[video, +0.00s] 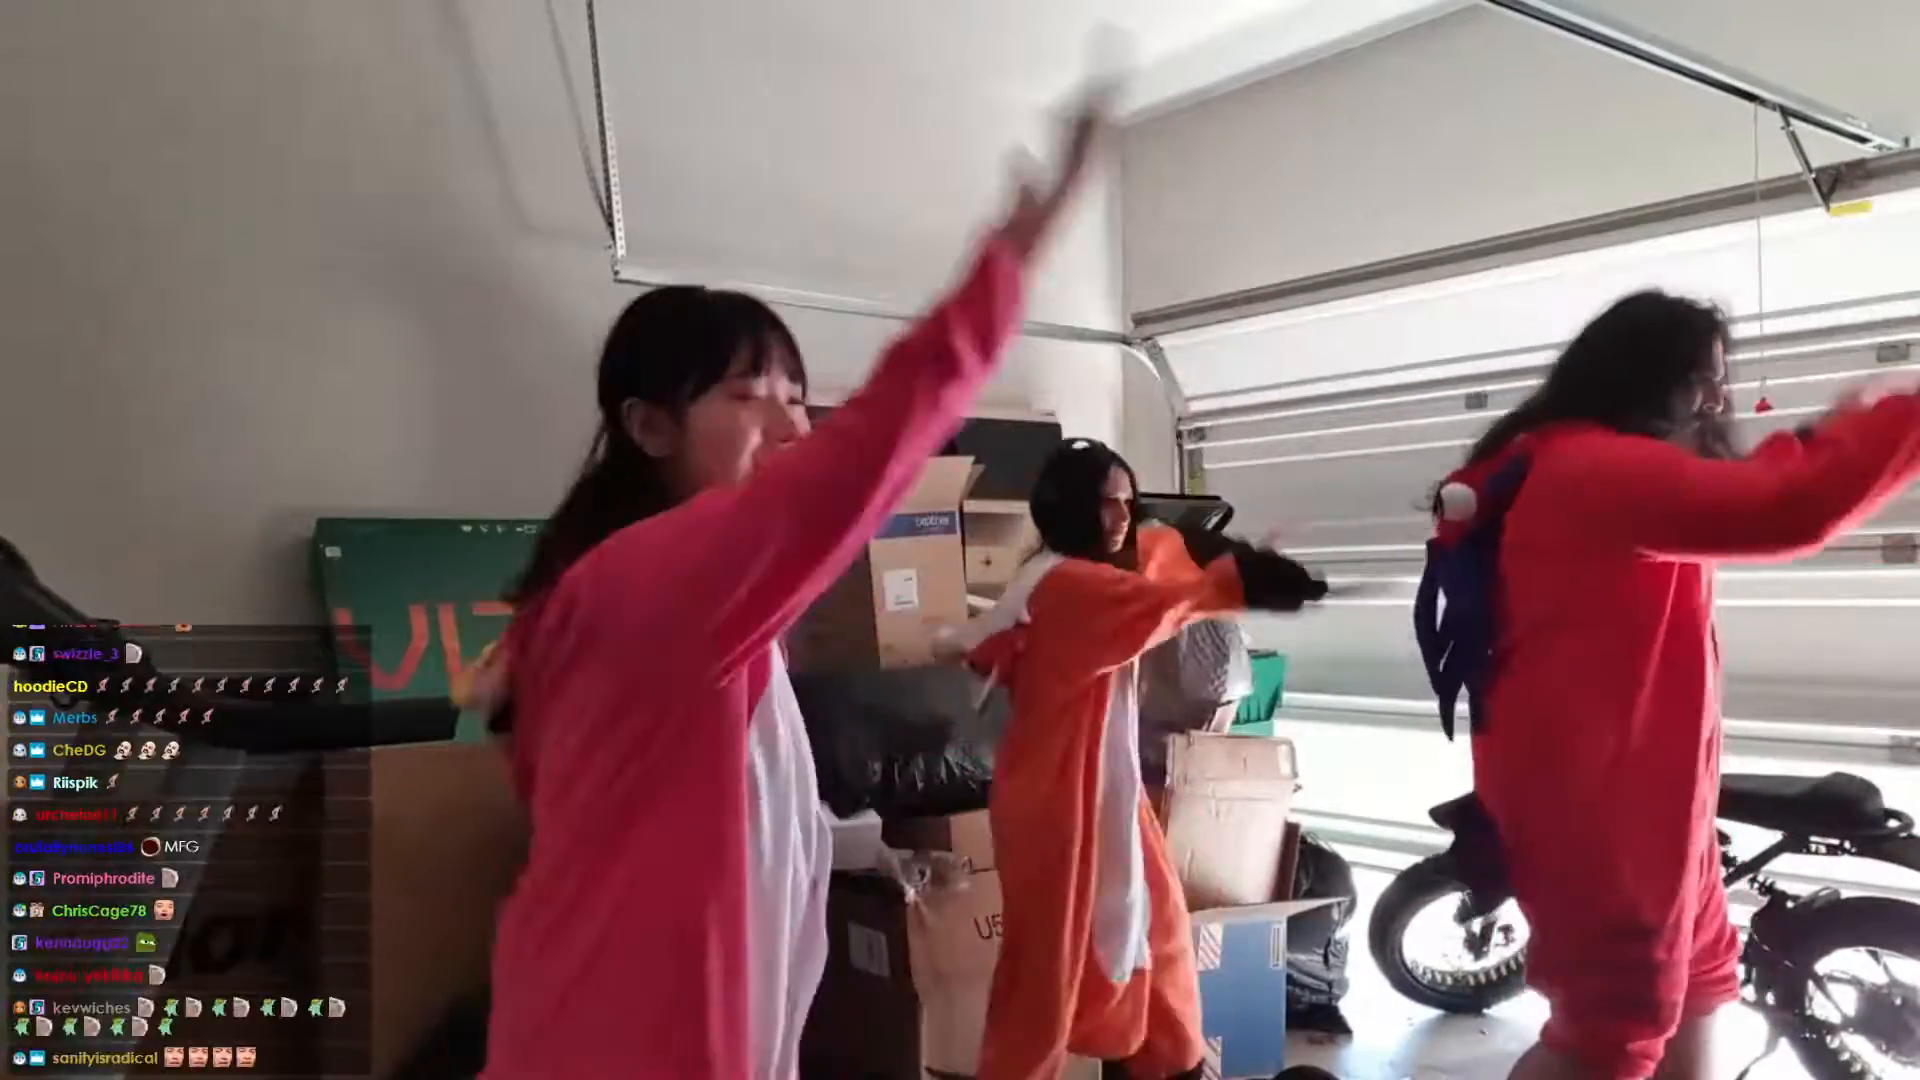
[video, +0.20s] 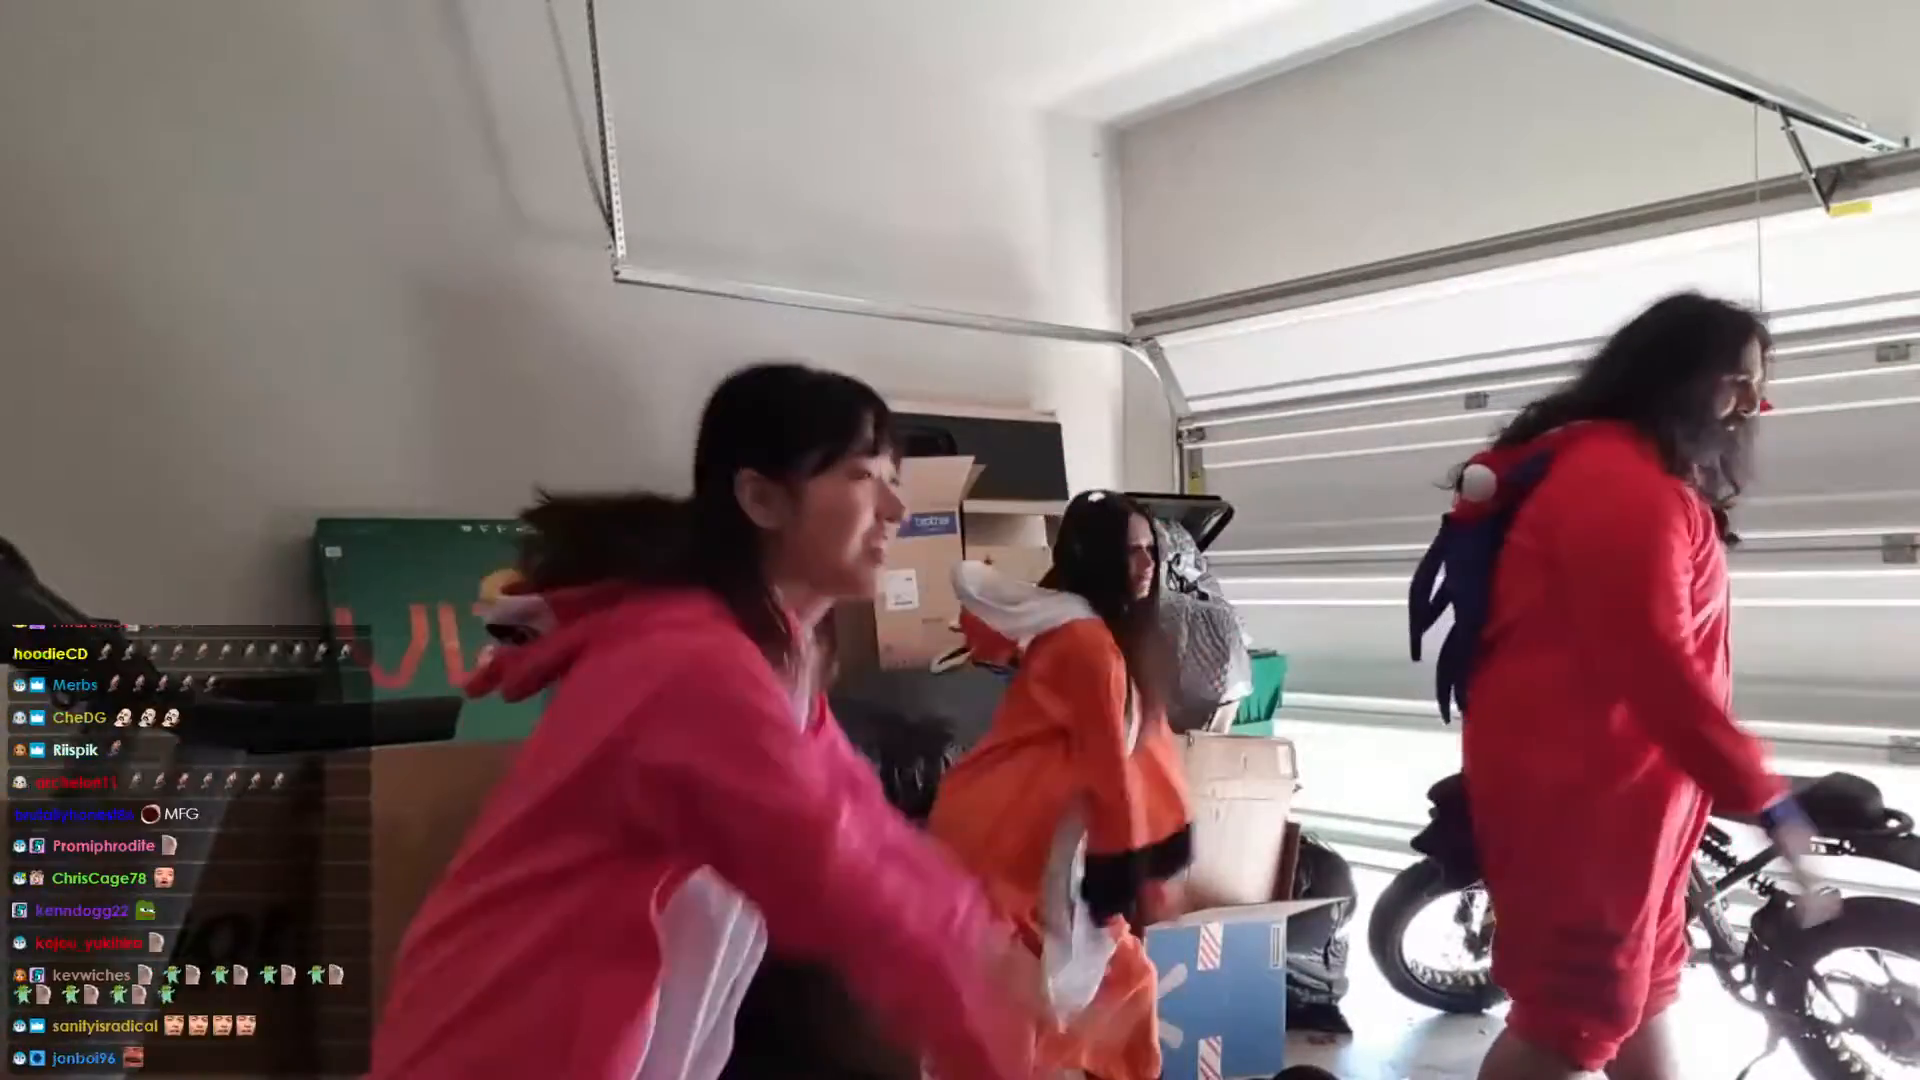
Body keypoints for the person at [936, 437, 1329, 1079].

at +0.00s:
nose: (1121, 517)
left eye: (1127, 502)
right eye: (1107, 504)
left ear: (1133, 503)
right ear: (1070, 508)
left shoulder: (1106, 573)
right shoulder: (1058, 582)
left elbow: (1168, 558)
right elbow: (1149, 602)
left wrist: (1239, 559)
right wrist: (1237, 582)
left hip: (1110, 782)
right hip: (1051, 790)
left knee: (1159, 918)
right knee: (1047, 934)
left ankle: (1167, 1061)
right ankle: (1019, 1068)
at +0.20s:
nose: (1148, 566)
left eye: (1151, 552)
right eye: (1135, 553)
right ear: (1099, 558)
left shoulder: (1081, 629)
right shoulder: (1086, 640)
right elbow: (1111, 771)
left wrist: (1153, 872)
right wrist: (1130, 882)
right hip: (1003, 850)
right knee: (1130, 978)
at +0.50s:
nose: (1106, 524)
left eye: (1111, 510)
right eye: (1094, 509)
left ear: (1112, 511)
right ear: (1058, 512)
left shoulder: (1079, 587)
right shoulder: (1050, 590)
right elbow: (1149, 603)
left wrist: (1238, 570)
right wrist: (1266, 607)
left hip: (1130, 819)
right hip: (1074, 827)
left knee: (1170, 968)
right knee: (1041, 996)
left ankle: (1151, 1071)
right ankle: (1009, 1068)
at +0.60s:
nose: (1108, 520)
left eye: (1109, 508)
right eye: (1093, 508)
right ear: (1053, 520)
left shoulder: (1085, 594)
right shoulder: (1062, 604)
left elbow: (1140, 554)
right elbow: (1164, 590)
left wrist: (1187, 501)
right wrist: (1236, 536)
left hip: (1140, 810)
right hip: (1091, 816)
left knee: (1186, 967)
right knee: (1069, 977)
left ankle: (1150, 1068)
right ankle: (1028, 1065)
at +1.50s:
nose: (1105, 539)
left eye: (1109, 525)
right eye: (1090, 526)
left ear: (1111, 529)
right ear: (1053, 532)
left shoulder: (1086, 605)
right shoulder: (1043, 609)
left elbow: (1159, 571)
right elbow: (1155, 591)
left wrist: (1237, 498)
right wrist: (1241, 503)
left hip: (1143, 805)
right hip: (1084, 813)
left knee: (1197, 971)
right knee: (1067, 981)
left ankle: (1158, 1071)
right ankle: (1019, 1064)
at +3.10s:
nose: (1130, 531)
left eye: (1129, 513)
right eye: (1121, 513)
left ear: (1048, 517)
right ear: (1090, 518)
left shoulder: (1064, 592)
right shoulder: (1055, 594)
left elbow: (1152, 679)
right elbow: (1141, 672)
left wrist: (1237, 727)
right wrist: (1245, 725)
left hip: (1095, 823)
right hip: (1048, 826)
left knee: (1151, 976)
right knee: (1018, 993)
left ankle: (1144, 1074)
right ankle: (989, 1071)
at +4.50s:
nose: (1144, 524)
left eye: (1145, 509)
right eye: (1136, 508)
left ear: (1070, 512)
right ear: (1111, 514)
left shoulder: (1085, 586)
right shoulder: (1065, 591)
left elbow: (1158, 608)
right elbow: (1162, 629)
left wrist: (1233, 597)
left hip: (1099, 810)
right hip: (1051, 817)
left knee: (1153, 989)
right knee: (1046, 1001)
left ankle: (1163, 1071)